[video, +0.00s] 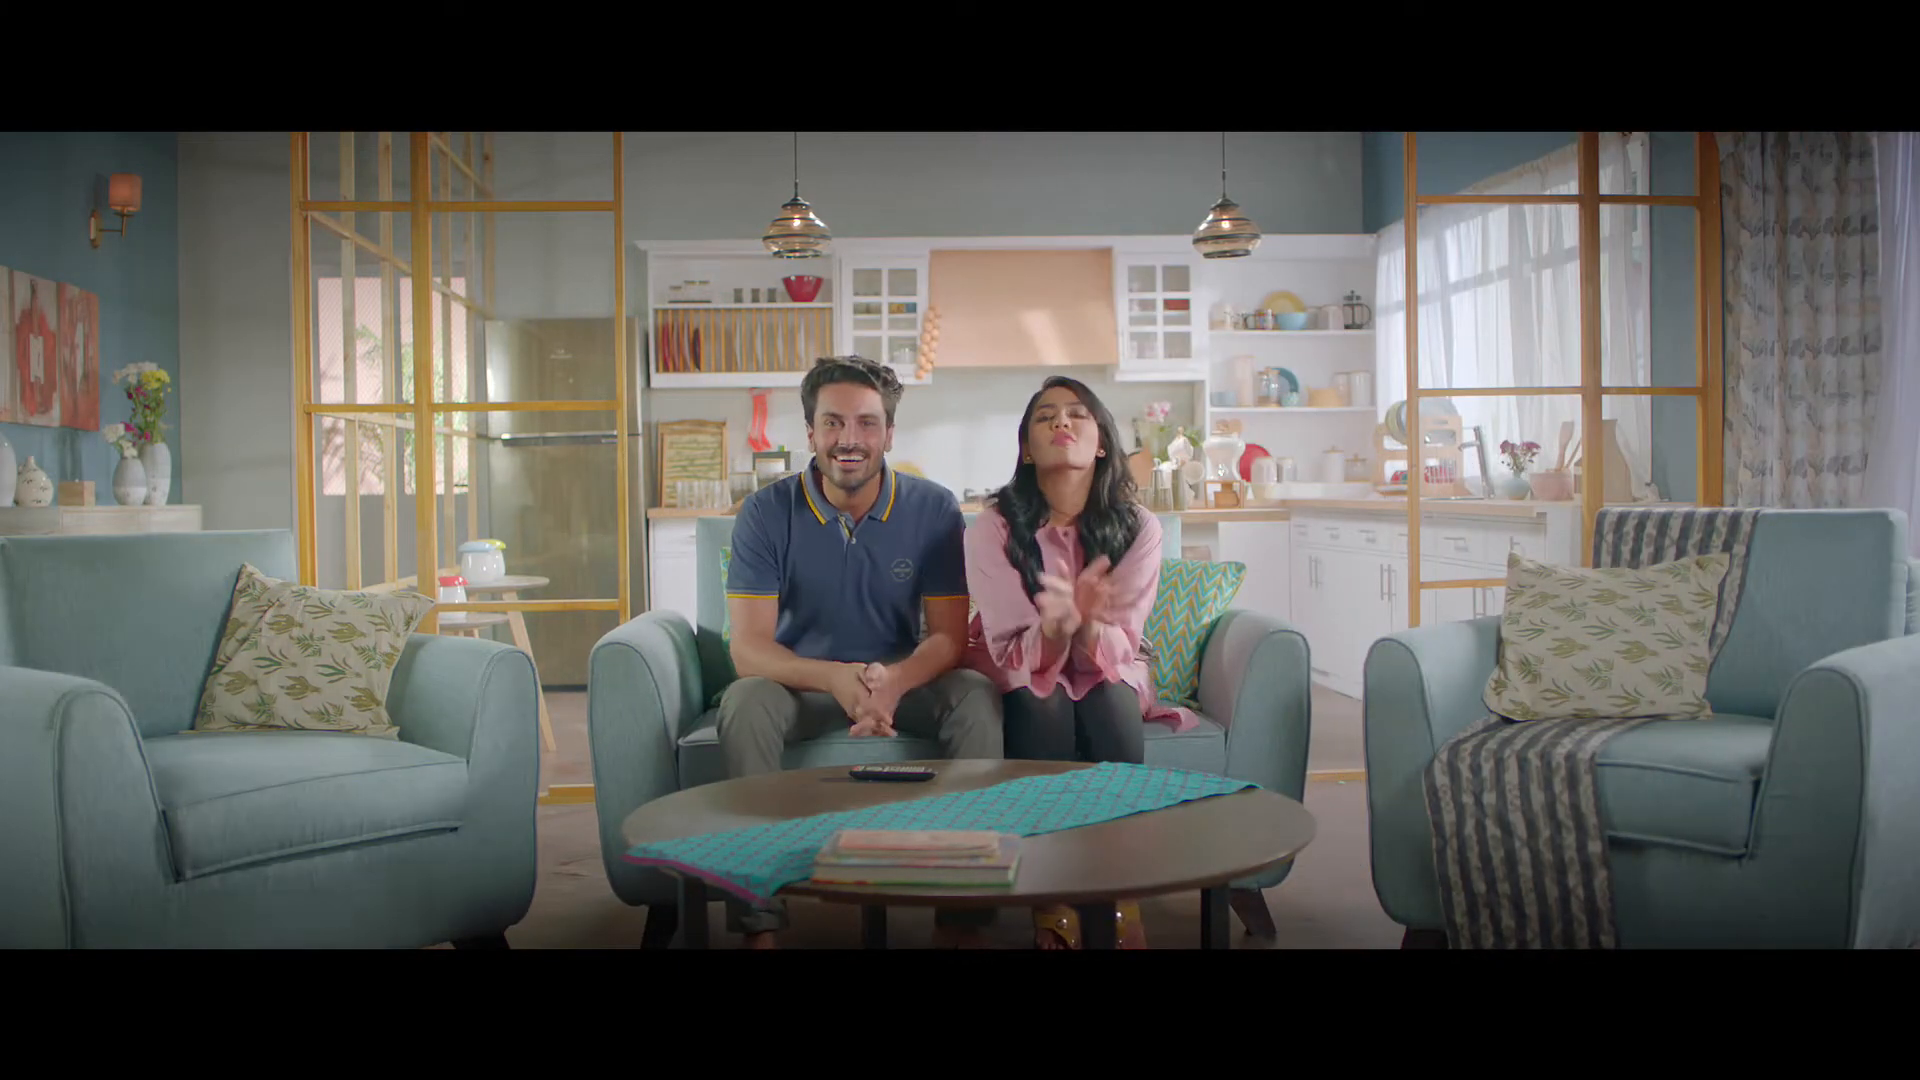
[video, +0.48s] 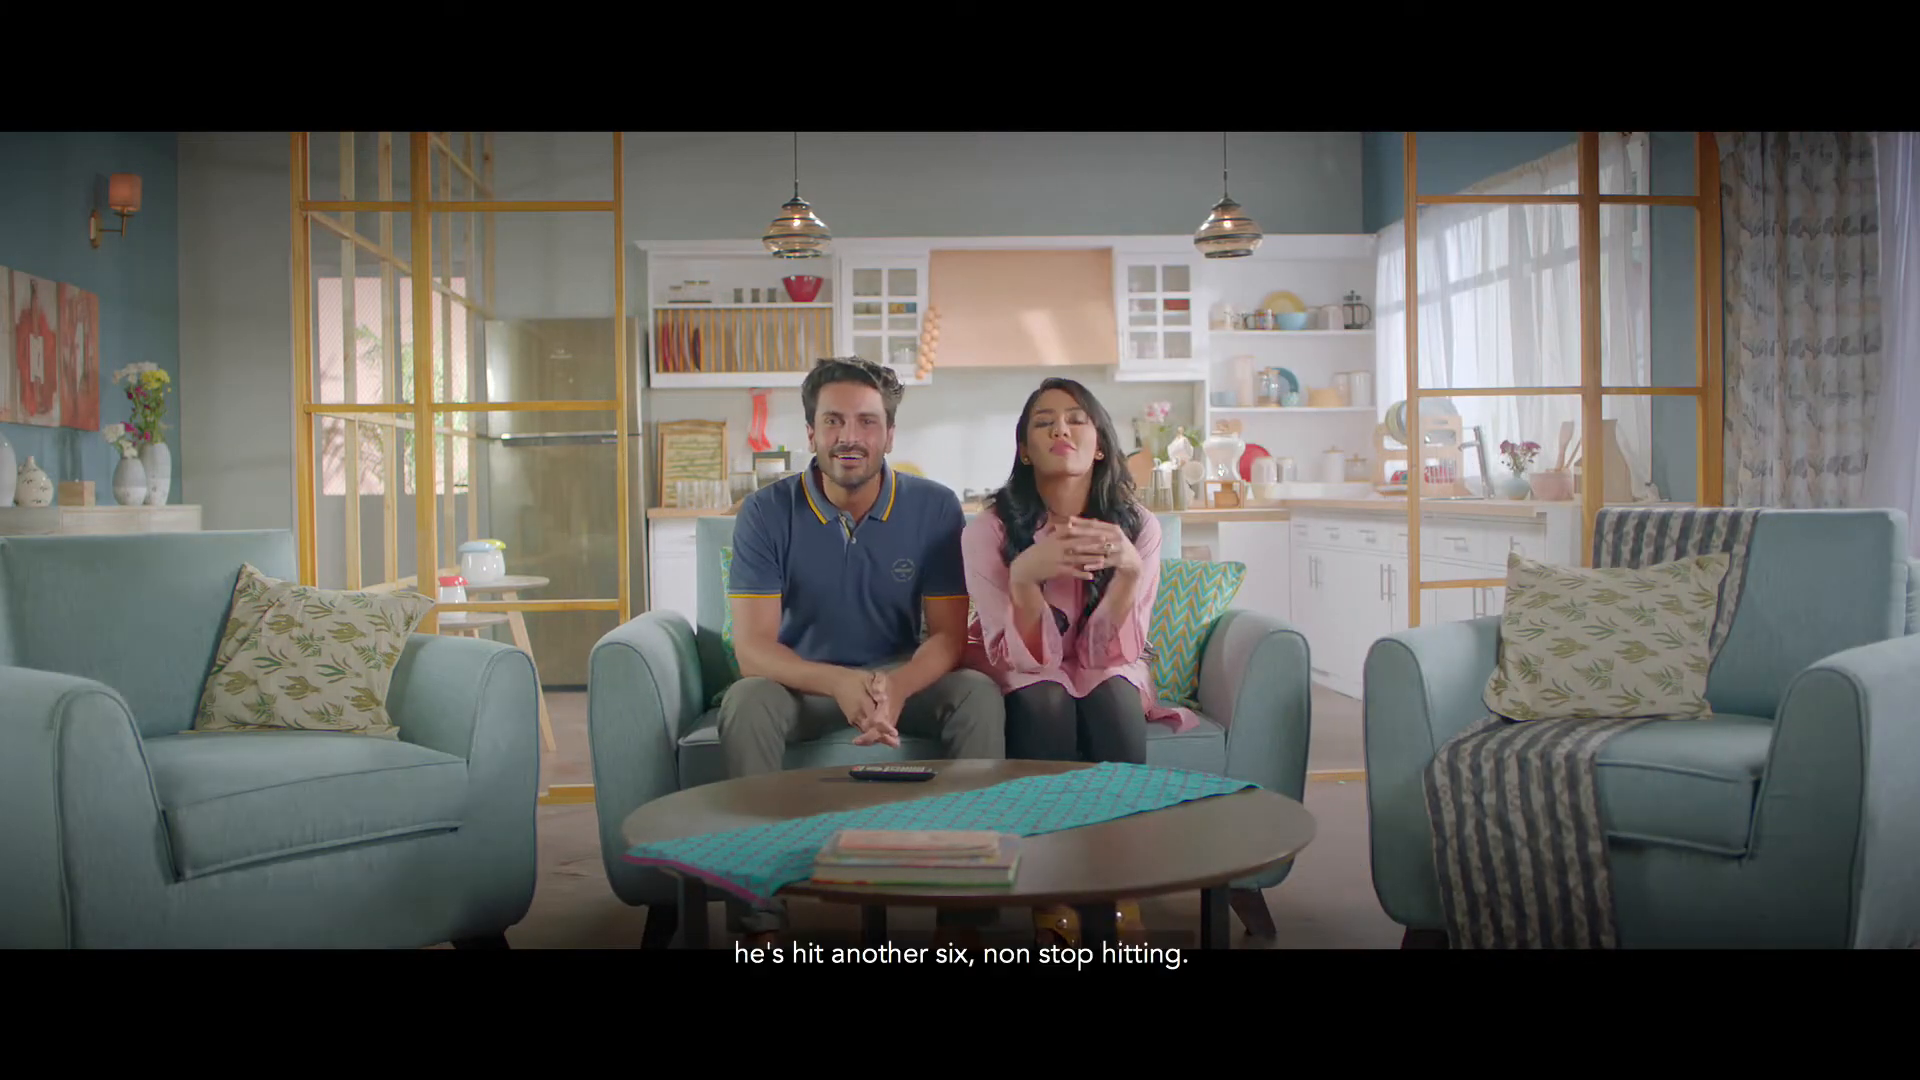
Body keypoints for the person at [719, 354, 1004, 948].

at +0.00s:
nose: (849, 439)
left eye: (866, 423)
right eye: (833, 423)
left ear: (888, 433)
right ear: (810, 432)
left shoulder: (932, 508)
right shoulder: (767, 513)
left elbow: (947, 637)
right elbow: (750, 652)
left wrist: (894, 679)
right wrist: (831, 676)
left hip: (903, 685)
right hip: (803, 688)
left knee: (976, 697)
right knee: (746, 704)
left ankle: (963, 899)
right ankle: (759, 913)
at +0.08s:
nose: (846, 438)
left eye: (862, 422)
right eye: (831, 422)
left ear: (886, 433)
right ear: (807, 434)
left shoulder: (932, 506)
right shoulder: (767, 513)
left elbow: (947, 636)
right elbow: (752, 652)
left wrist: (895, 682)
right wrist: (833, 677)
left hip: (903, 683)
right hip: (804, 687)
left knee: (978, 698)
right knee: (747, 704)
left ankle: (963, 900)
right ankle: (759, 912)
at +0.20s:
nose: (846, 438)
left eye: (861, 422)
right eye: (829, 422)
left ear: (885, 433)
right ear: (806, 435)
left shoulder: (931, 506)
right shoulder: (766, 514)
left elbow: (946, 637)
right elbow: (753, 651)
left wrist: (894, 686)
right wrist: (835, 679)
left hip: (903, 684)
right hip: (803, 688)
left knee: (980, 696)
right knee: (747, 704)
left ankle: (964, 898)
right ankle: (759, 912)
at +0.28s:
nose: (846, 439)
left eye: (861, 423)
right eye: (830, 423)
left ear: (885, 434)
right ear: (807, 435)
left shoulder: (931, 506)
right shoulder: (766, 513)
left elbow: (947, 636)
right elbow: (753, 650)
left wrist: (895, 687)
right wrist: (836, 680)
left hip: (904, 684)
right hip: (804, 687)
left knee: (981, 696)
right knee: (747, 704)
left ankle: (964, 898)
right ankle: (759, 912)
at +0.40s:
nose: (849, 438)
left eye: (865, 423)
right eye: (833, 423)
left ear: (888, 435)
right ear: (809, 435)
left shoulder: (932, 507)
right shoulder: (767, 513)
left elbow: (946, 636)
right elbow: (754, 651)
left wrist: (896, 688)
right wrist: (839, 681)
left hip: (904, 684)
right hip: (804, 688)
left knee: (981, 697)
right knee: (747, 703)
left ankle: (963, 872)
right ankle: (761, 884)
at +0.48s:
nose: (850, 438)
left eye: (866, 422)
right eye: (834, 422)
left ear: (889, 435)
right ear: (811, 434)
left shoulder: (933, 506)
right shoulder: (767, 513)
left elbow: (947, 636)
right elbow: (754, 651)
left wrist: (896, 688)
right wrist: (837, 682)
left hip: (904, 685)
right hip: (804, 688)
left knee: (981, 697)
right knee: (747, 703)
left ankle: (963, 874)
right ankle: (760, 886)